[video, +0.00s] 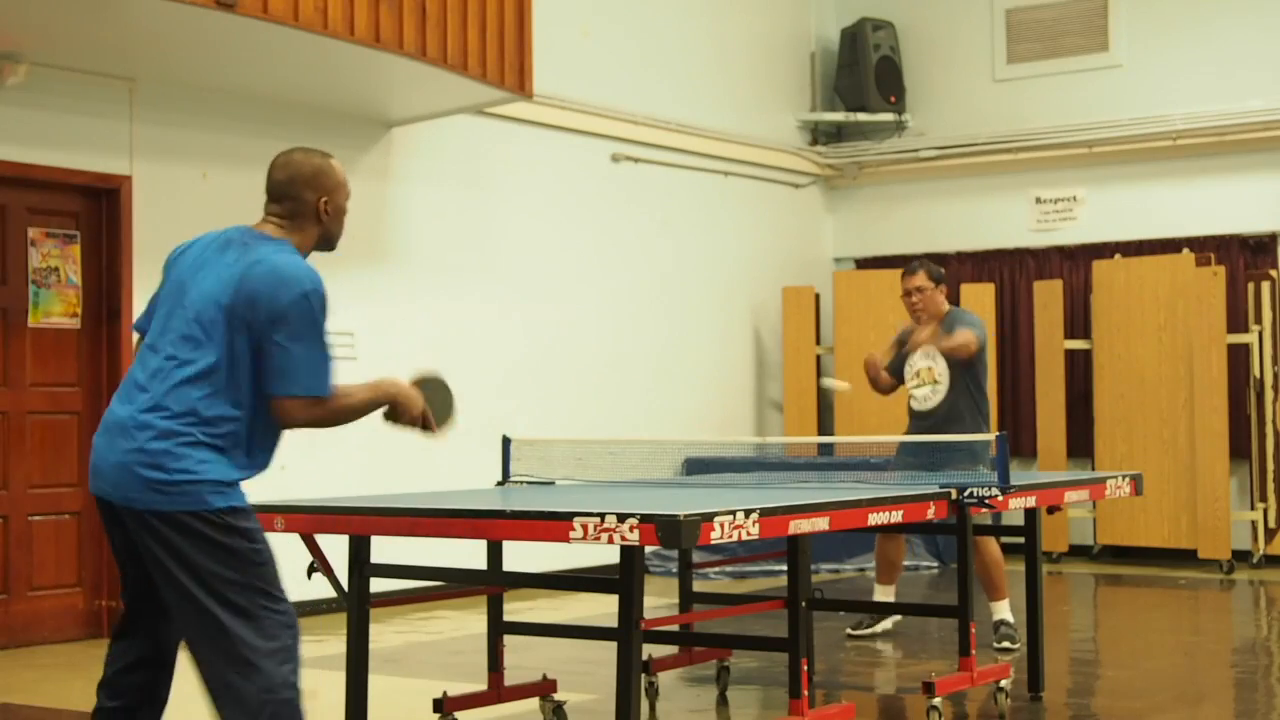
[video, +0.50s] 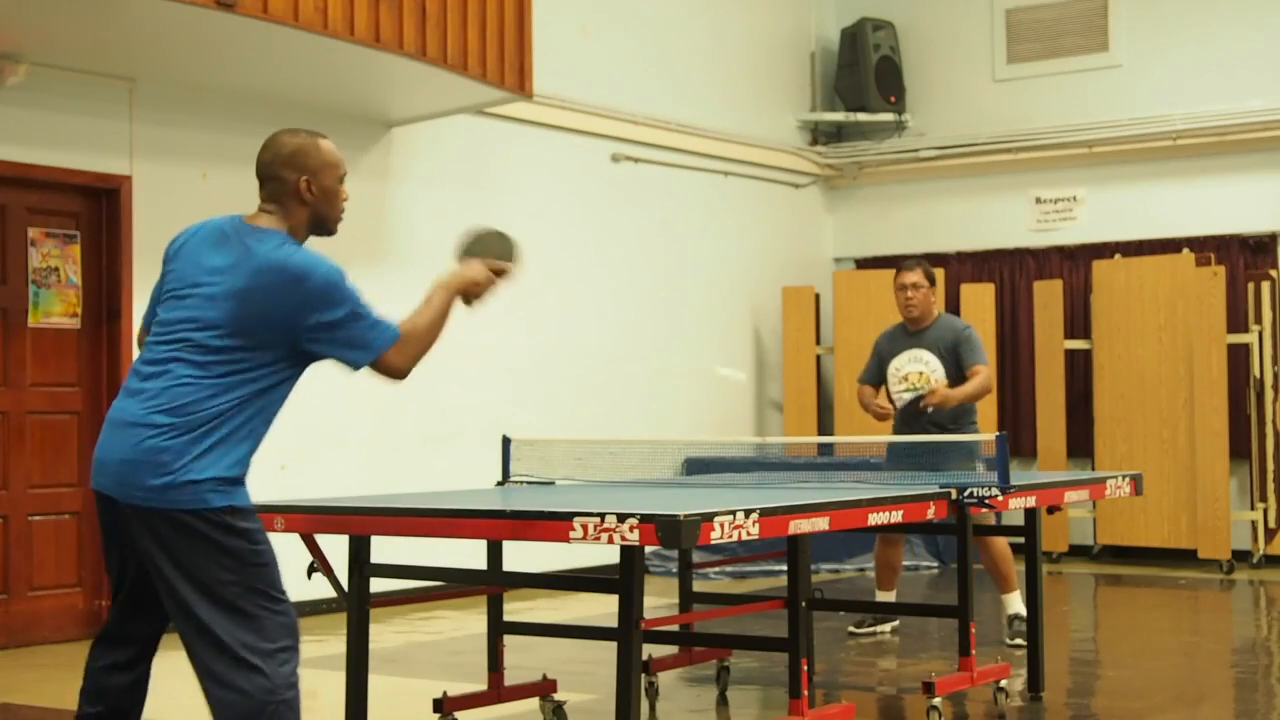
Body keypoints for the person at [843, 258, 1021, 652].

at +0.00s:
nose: (912, 300)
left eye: (919, 292)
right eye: (907, 294)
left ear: (941, 291)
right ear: (903, 298)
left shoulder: (965, 321)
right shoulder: (909, 335)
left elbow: (965, 346)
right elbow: (886, 386)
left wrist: (931, 343)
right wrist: (874, 369)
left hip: (964, 445)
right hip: (917, 445)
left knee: (977, 529)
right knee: (890, 521)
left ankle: (1003, 618)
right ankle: (884, 607)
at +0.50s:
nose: (908, 296)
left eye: (916, 288)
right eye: (901, 289)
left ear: (934, 291)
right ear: (895, 295)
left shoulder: (959, 333)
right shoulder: (888, 341)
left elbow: (984, 380)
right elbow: (866, 387)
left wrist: (951, 395)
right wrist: (872, 404)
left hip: (956, 448)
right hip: (905, 449)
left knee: (983, 525)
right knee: (890, 526)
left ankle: (1016, 613)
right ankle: (884, 612)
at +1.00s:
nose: (946, 294)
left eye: (953, 285)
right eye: (940, 289)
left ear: (972, 287)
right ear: (935, 296)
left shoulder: (992, 321)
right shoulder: (941, 331)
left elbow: (998, 346)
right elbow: (924, 375)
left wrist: (974, 316)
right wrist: (908, 370)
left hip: (982, 442)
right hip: (937, 441)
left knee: (991, 527)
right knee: (912, 516)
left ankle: (1017, 614)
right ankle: (895, 601)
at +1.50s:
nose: (947, 297)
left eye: (955, 290)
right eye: (941, 291)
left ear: (974, 291)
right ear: (935, 295)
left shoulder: (1000, 334)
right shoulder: (930, 338)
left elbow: (1020, 384)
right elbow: (908, 387)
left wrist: (975, 401)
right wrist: (907, 402)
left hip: (982, 449)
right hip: (933, 449)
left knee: (996, 528)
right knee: (914, 524)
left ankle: (1016, 615)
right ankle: (904, 609)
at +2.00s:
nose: (947, 293)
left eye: (955, 285)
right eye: (942, 287)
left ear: (976, 288)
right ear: (937, 292)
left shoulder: (996, 325)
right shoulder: (940, 334)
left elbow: (1000, 354)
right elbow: (923, 374)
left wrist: (979, 349)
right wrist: (909, 378)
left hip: (982, 444)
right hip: (937, 444)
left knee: (993, 527)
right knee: (915, 519)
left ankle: (1017, 614)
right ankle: (902, 604)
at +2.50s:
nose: (943, 309)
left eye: (950, 301)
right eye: (936, 302)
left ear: (968, 302)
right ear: (929, 306)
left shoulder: (994, 341)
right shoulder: (925, 346)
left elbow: (1024, 386)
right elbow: (900, 390)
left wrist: (978, 408)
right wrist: (897, 405)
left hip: (981, 453)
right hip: (932, 453)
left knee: (998, 529)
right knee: (910, 524)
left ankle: (1026, 613)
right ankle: (906, 610)